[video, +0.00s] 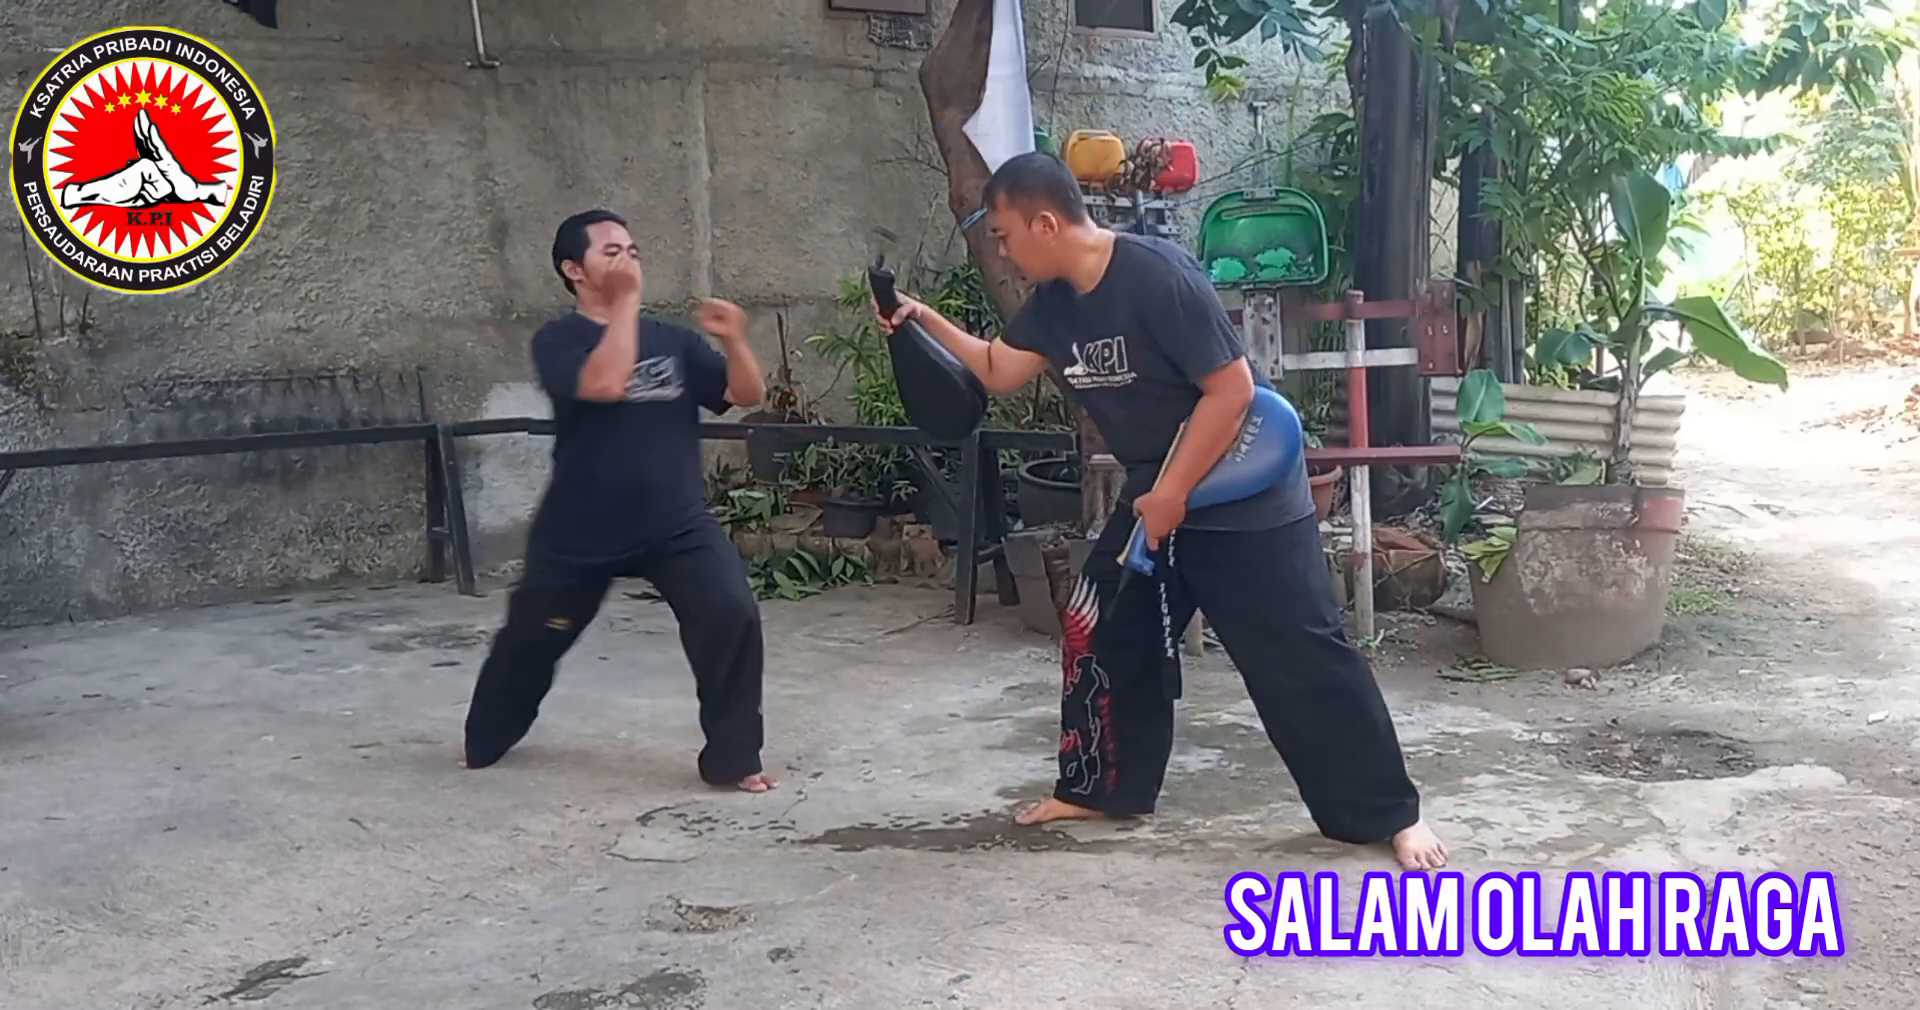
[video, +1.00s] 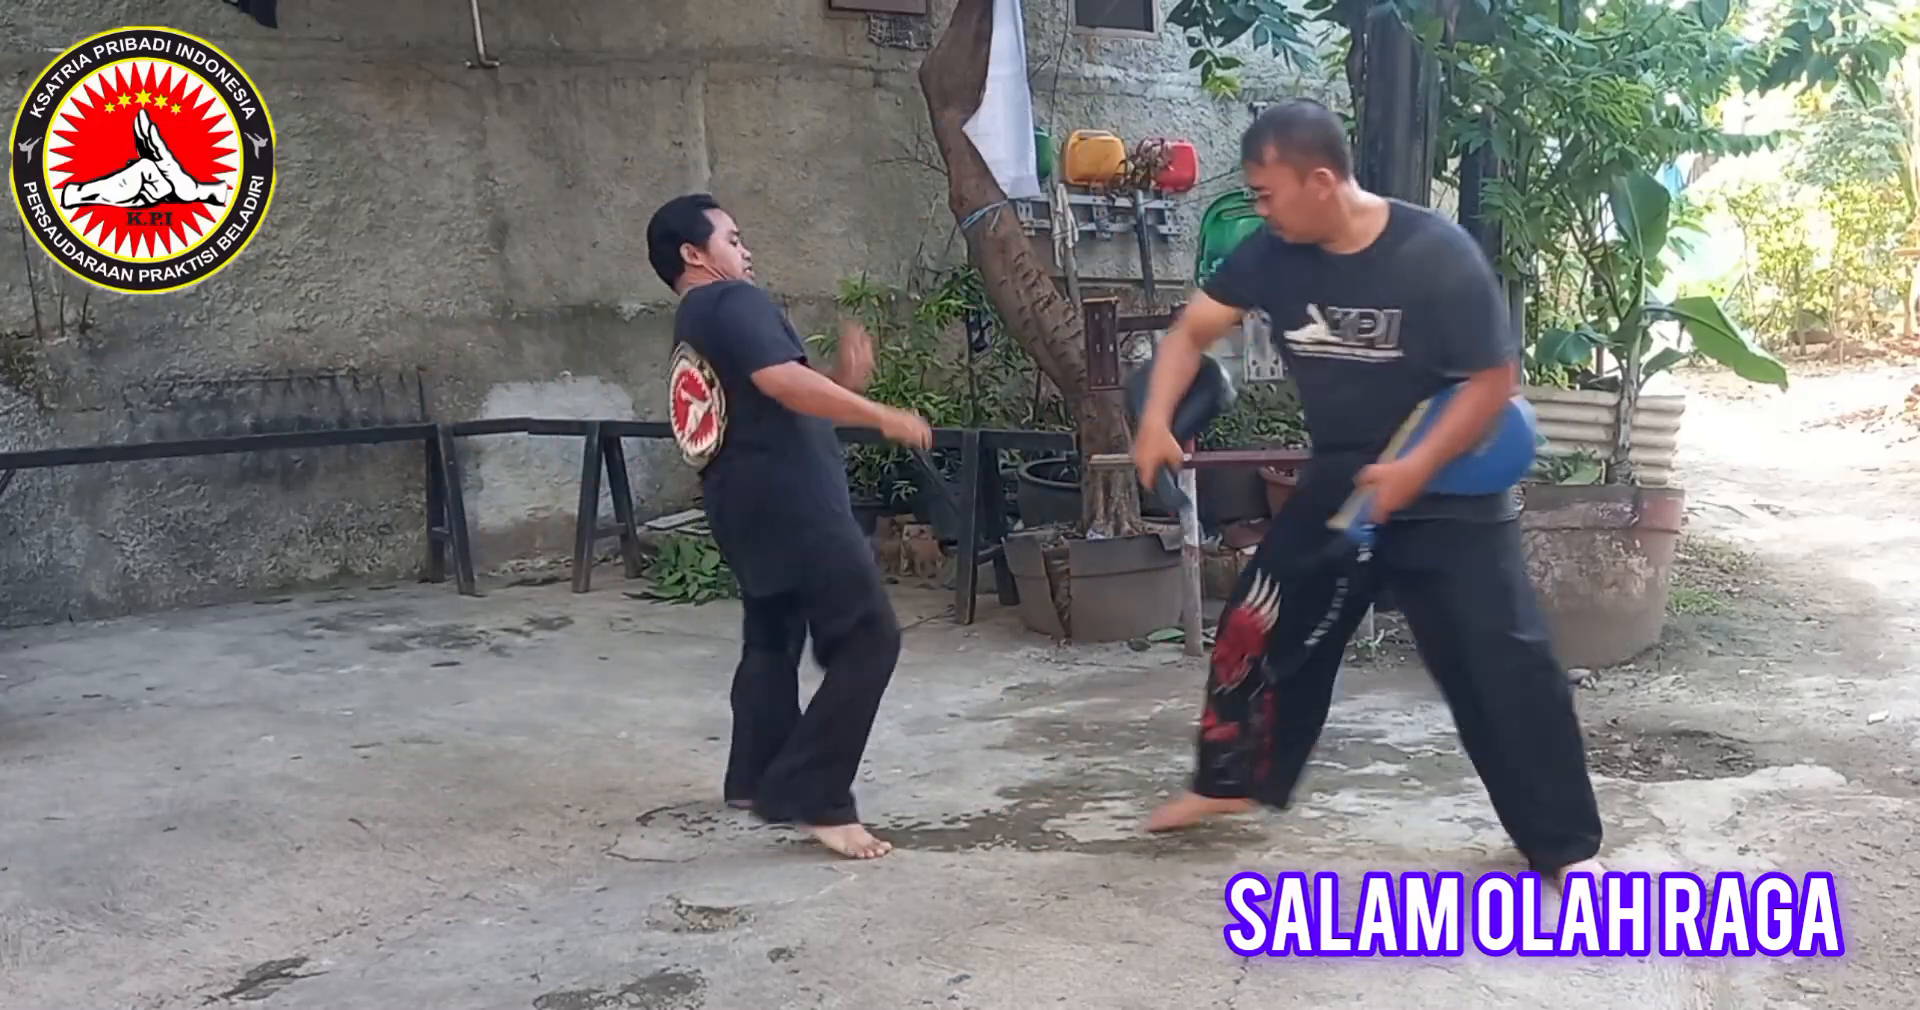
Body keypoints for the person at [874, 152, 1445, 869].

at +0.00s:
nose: (1003, 250)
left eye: (1005, 234)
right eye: (998, 237)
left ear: (1047, 222)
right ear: (1047, 223)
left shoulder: (1158, 275)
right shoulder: (1052, 301)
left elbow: (1231, 389)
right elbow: (999, 370)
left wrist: (1169, 490)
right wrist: (921, 321)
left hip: (1247, 493)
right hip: (1156, 498)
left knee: (1308, 647)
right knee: (1109, 634)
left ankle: (1396, 815)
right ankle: (1106, 791)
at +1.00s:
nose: (1257, 208)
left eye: (1265, 192)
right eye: (1254, 192)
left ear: (1324, 181)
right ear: (1307, 184)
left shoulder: (1439, 254)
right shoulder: (1269, 256)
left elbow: (1495, 379)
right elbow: (1189, 332)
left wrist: (1415, 468)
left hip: (1453, 490)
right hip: (1336, 487)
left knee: (1502, 660)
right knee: (1268, 623)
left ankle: (1563, 851)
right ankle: (1235, 784)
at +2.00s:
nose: (1373, 102)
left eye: (1386, 82)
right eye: (1372, 86)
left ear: (1443, 79)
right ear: (1429, 86)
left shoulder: (1520, 188)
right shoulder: (1412, 188)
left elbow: (1522, 337)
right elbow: (1414, 326)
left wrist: (1409, 397)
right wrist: (1373, 411)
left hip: (1497, 483)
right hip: (1408, 468)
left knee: (1517, 671)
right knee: (1392, 647)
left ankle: (1543, 853)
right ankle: (1379, 806)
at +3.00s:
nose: (1055, 141)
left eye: (1064, 126)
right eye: (1057, 125)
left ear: (1104, 131)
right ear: (1126, 132)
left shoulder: (1137, 220)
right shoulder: (1180, 201)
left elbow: (1128, 378)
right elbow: (1192, 349)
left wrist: (1062, 476)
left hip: (1178, 468)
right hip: (1223, 458)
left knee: (1158, 645)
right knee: (1199, 624)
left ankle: (1163, 823)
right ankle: (1257, 747)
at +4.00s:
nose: (1025, 202)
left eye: (1029, 184)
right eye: (1022, 187)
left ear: (1072, 170)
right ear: (1069, 175)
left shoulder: (1171, 237)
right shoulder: (1076, 260)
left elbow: (1214, 365)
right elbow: (1098, 374)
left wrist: (1163, 475)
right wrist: (1086, 463)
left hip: (1232, 481)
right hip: (1141, 485)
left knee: (1273, 644)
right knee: (1122, 631)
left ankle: (1322, 805)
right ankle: (1095, 772)